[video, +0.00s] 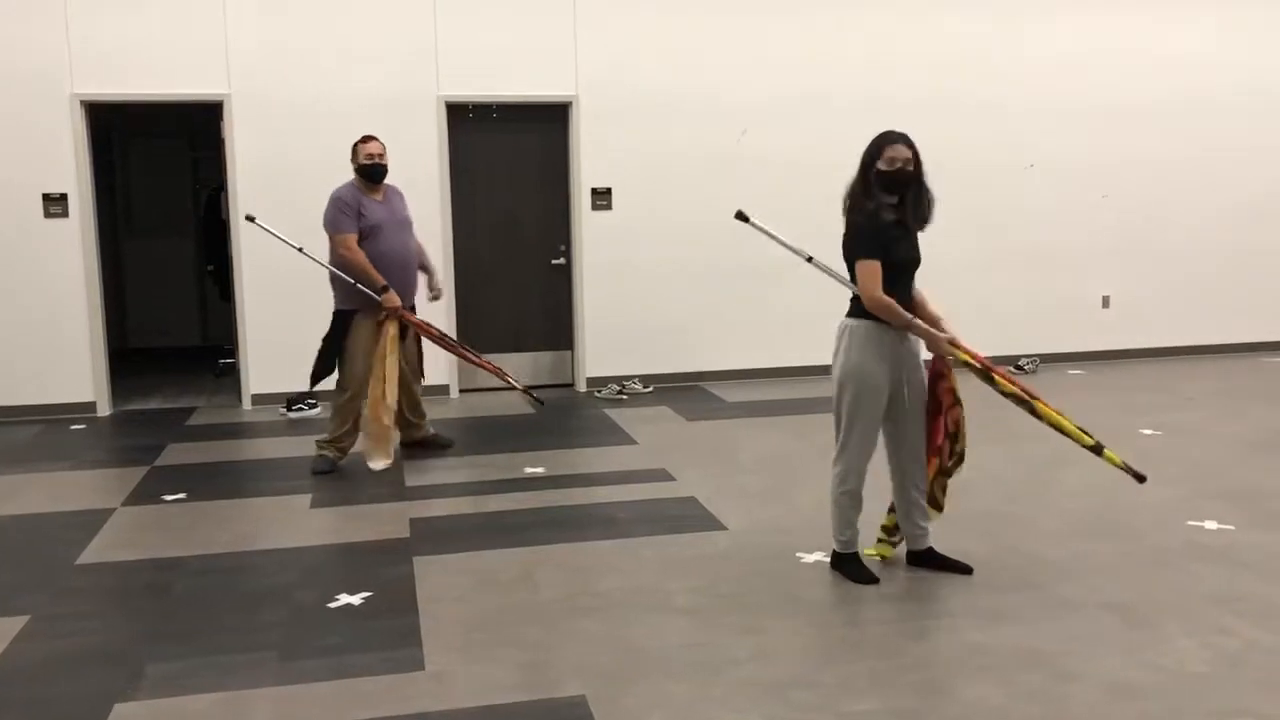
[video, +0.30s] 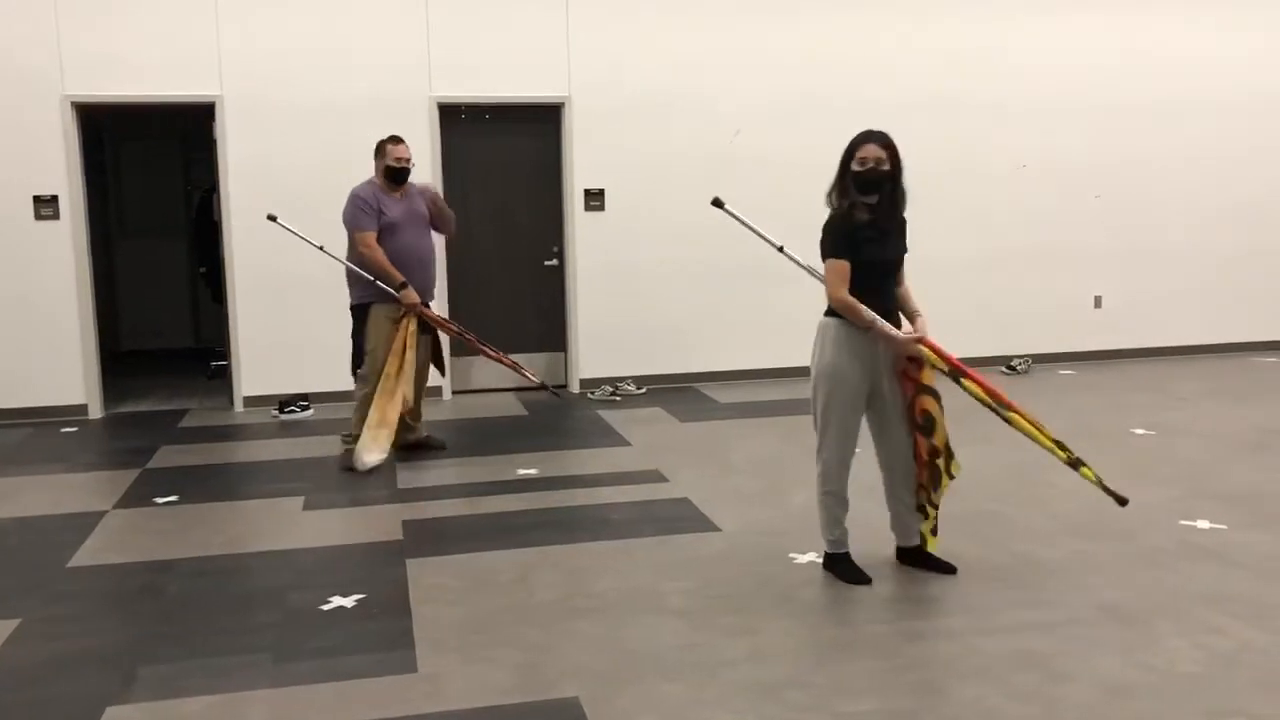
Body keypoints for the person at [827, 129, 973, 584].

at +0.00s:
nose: (897, 169)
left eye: (905, 163)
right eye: (888, 162)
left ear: (914, 169)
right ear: (872, 165)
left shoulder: (902, 220)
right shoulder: (865, 217)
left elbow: (908, 290)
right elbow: (871, 296)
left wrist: (944, 332)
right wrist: (926, 333)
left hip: (902, 339)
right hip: (865, 338)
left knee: (910, 447)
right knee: (855, 449)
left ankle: (918, 546)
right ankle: (845, 550)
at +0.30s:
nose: (871, 168)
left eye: (880, 162)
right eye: (862, 162)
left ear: (893, 169)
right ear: (848, 168)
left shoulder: (894, 223)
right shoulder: (841, 223)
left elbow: (898, 283)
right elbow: (837, 297)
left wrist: (917, 319)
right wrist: (888, 334)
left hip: (886, 339)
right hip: (843, 340)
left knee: (899, 445)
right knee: (836, 449)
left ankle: (909, 546)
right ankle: (835, 551)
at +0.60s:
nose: (863, 173)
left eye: (872, 166)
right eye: (855, 166)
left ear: (887, 170)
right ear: (842, 170)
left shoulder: (897, 224)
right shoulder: (837, 223)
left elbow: (906, 281)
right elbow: (824, 295)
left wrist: (911, 319)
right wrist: (880, 332)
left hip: (885, 341)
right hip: (840, 342)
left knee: (890, 446)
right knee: (830, 449)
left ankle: (892, 545)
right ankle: (829, 551)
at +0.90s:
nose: (873, 179)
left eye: (882, 172)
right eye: (864, 171)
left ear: (894, 177)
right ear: (851, 176)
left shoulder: (903, 230)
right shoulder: (843, 230)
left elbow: (916, 292)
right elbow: (832, 302)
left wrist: (923, 348)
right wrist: (888, 338)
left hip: (895, 347)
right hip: (849, 347)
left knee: (893, 452)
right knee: (840, 456)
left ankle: (894, 550)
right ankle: (827, 556)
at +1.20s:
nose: (875, 184)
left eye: (883, 178)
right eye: (866, 177)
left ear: (894, 183)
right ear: (850, 180)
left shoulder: (894, 232)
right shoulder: (842, 232)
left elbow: (903, 295)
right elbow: (838, 308)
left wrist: (919, 356)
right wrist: (892, 348)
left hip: (893, 351)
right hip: (850, 349)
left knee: (893, 458)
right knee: (832, 457)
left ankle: (890, 556)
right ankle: (809, 561)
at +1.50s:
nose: (866, 181)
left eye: (874, 175)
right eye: (858, 173)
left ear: (883, 181)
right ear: (841, 175)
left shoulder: (875, 229)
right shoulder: (831, 227)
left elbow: (871, 296)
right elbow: (835, 302)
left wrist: (888, 364)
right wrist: (880, 354)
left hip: (872, 345)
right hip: (833, 344)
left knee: (877, 454)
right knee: (819, 456)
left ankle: (878, 552)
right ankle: (800, 557)